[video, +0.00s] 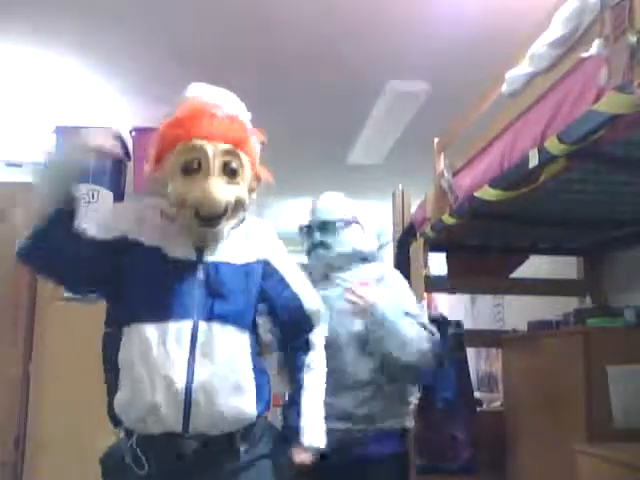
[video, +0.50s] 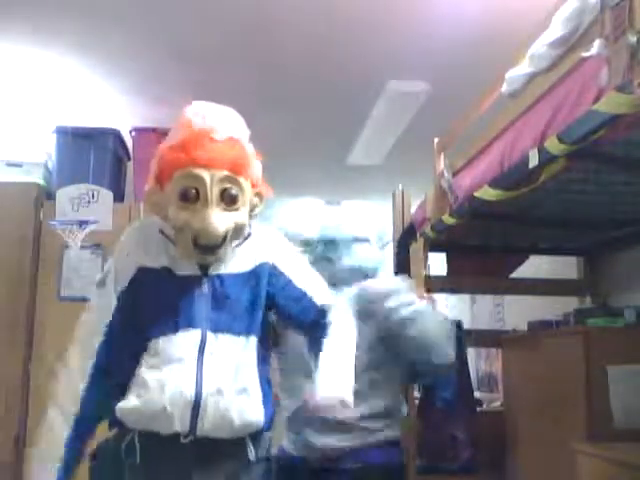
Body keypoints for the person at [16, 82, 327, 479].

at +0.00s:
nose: (211, 187)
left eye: (228, 171)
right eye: (191, 168)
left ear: (250, 181)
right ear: (164, 176)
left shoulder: (259, 244)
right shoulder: (130, 237)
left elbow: (306, 334)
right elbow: (41, 251)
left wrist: (304, 433)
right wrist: (75, 164)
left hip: (240, 455)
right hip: (148, 455)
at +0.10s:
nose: (217, 192)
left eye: (233, 173)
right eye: (195, 170)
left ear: (252, 190)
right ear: (161, 186)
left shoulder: (259, 264)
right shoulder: (127, 260)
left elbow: (300, 356)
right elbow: (41, 252)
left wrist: (310, 448)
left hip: (241, 463)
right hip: (150, 462)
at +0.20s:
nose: (218, 202)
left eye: (234, 181)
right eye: (196, 179)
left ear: (253, 199)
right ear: (163, 195)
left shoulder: (257, 271)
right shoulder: (129, 261)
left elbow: (297, 376)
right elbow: (71, 285)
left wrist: (323, 467)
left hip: (231, 465)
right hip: (147, 463)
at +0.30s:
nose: (212, 204)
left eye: (229, 185)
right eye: (192, 182)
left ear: (250, 202)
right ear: (161, 196)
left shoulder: (259, 269)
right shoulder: (128, 263)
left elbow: (305, 365)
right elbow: (57, 324)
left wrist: (324, 459)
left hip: (232, 464)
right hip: (145, 463)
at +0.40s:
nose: (209, 209)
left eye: (228, 191)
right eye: (190, 189)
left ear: (250, 200)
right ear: (162, 196)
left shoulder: (262, 260)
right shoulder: (137, 257)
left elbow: (315, 340)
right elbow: (87, 364)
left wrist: (330, 425)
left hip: (229, 459)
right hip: (147, 457)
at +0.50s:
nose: (210, 218)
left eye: (229, 197)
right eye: (190, 195)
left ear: (251, 203)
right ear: (162, 200)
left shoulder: (264, 263)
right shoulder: (146, 272)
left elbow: (328, 321)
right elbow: (111, 369)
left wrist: (331, 392)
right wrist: (70, 457)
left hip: (234, 453)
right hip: (148, 452)